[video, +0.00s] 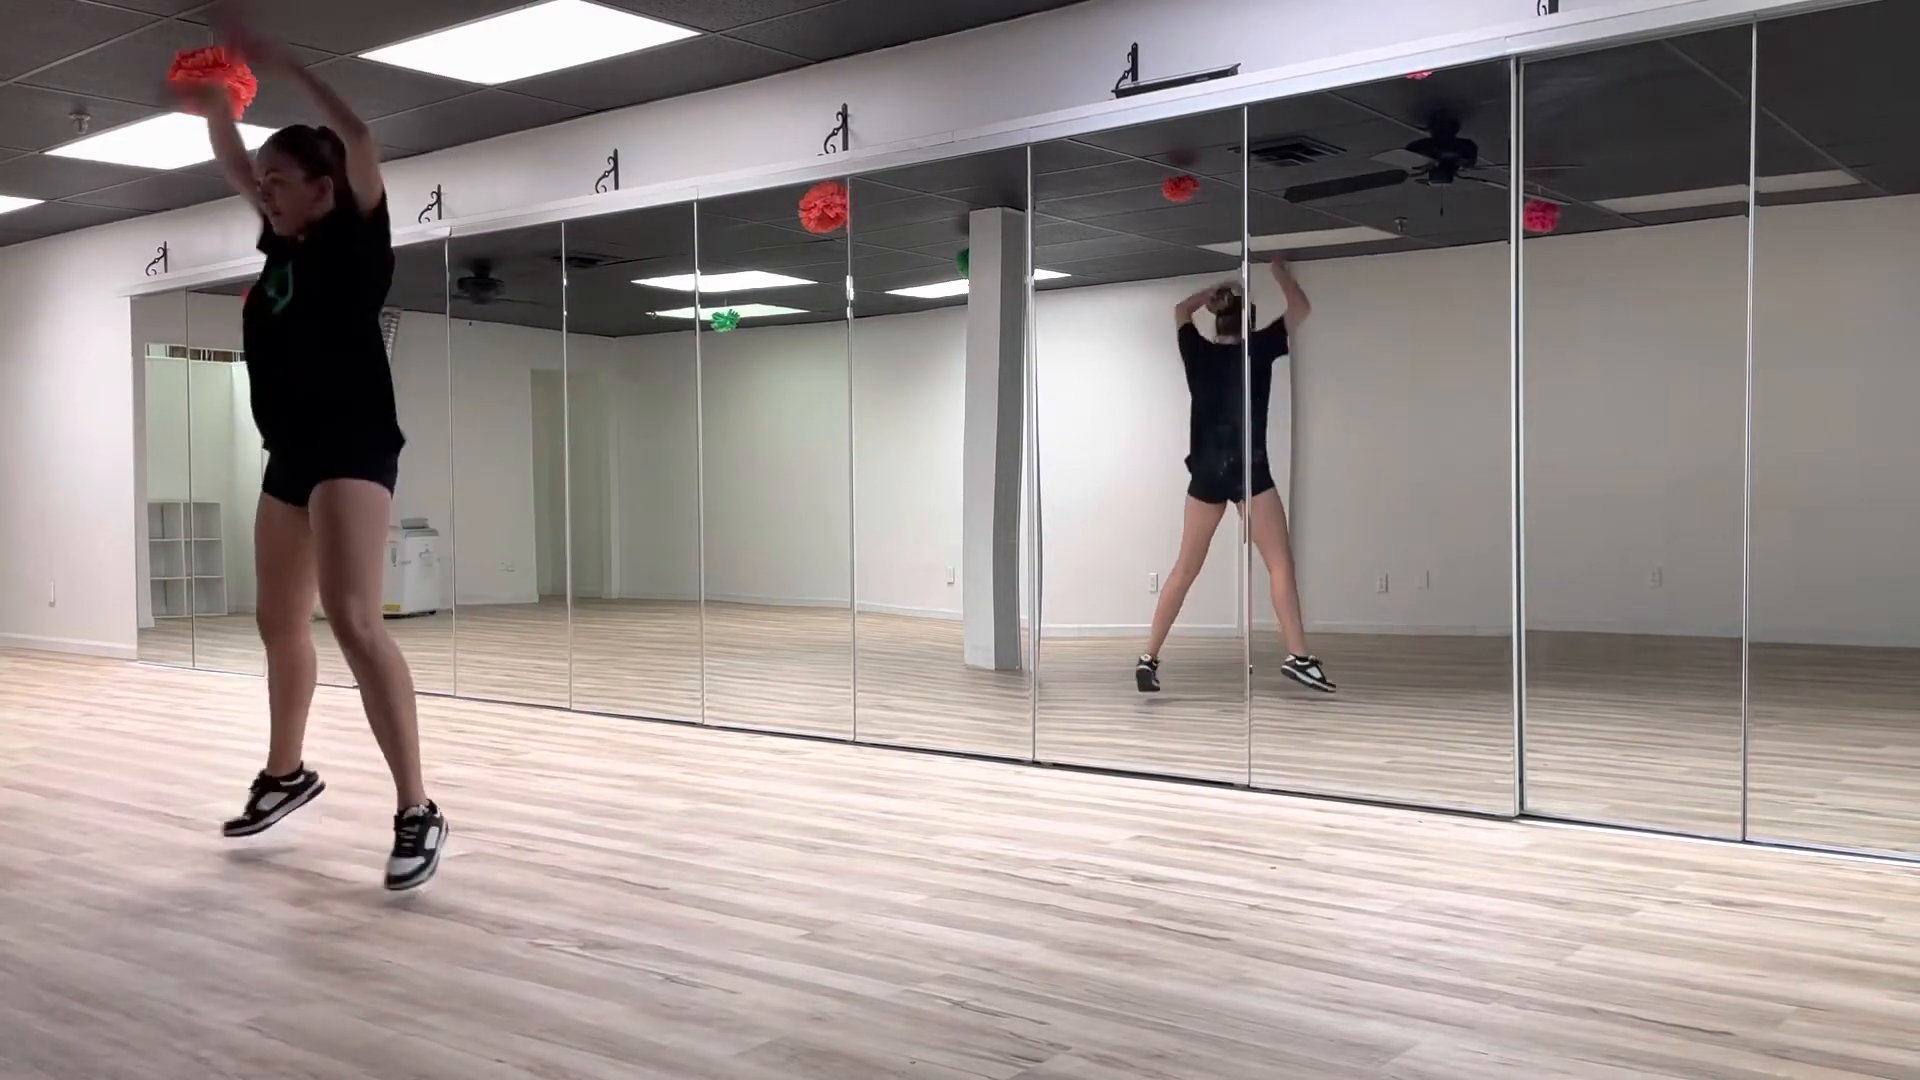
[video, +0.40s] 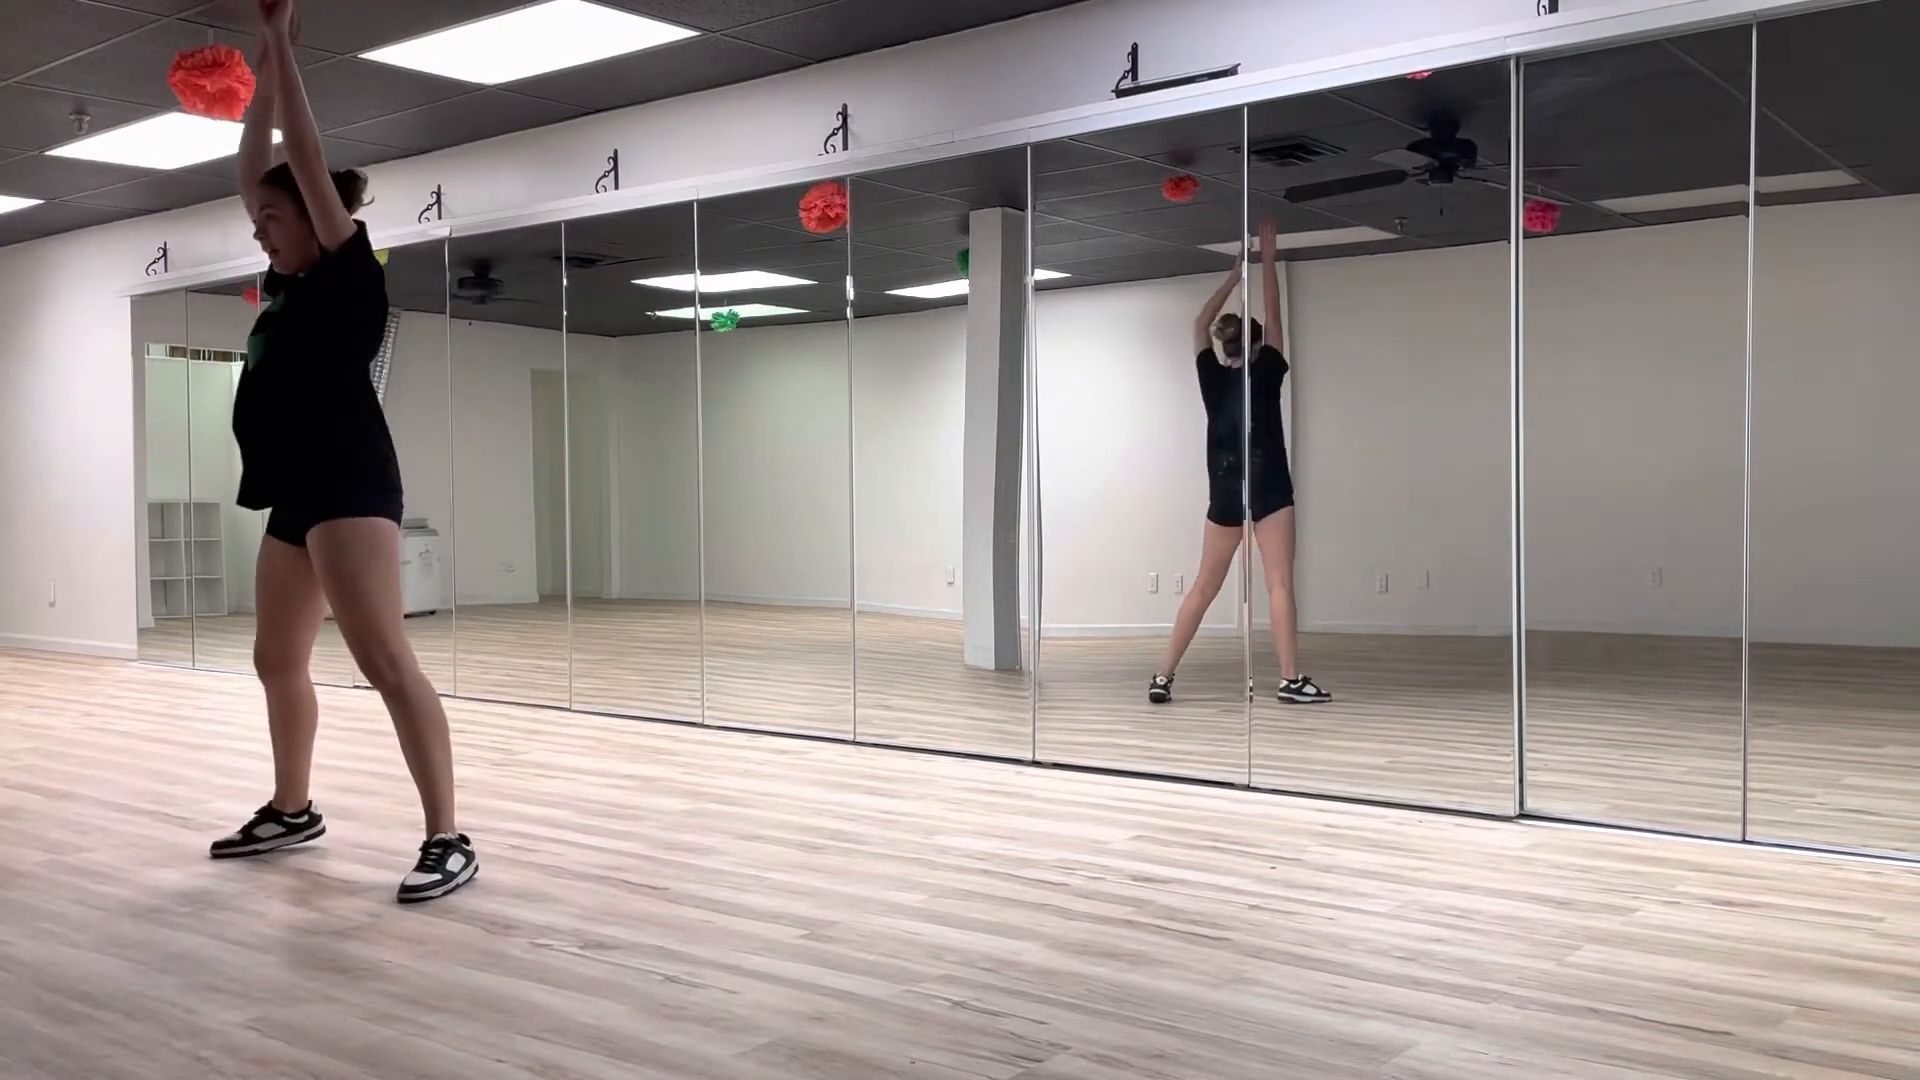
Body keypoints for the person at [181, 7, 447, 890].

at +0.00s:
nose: (266, 195)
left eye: (279, 182)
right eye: (261, 184)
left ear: (323, 182)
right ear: (268, 189)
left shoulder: (358, 234)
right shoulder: (281, 241)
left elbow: (354, 130)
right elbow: (235, 164)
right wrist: (216, 90)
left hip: (355, 448)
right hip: (290, 453)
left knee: (355, 620)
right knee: (280, 619)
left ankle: (415, 810)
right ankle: (286, 771)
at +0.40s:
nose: (269, 231)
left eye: (281, 216)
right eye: (264, 219)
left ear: (324, 214)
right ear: (272, 227)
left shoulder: (352, 278)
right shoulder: (290, 287)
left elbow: (304, 161)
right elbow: (251, 179)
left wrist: (282, 43)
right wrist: (265, 74)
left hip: (351, 490)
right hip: (291, 498)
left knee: (388, 664)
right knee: (280, 662)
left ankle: (446, 839)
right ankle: (291, 811)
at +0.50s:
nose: (252, 229)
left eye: (263, 216)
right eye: (250, 218)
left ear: (303, 211)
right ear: (269, 223)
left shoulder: (344, 271)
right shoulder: (288, 296)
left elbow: (294, 157)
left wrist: (263, 41)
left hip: (352, 488)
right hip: (295, 497)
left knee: (375, 662)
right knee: (262, 656)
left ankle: (445, 837)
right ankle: (283, 801)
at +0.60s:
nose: (269, 201)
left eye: (277, 187)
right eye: (267, 191)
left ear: (310, 190)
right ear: (303, 197)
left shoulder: (330, 254)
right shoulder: (299, 273)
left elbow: (271, 136)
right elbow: (262, 170)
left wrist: (241, 27)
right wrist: (237, 81)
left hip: (349, 481)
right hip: (299, 489)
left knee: (362, 658)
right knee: (251, 637)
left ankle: (442, 836)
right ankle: (260, 785)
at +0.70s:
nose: (254, 189)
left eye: (264, 174)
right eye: (258, 178)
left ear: (292, 190)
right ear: (327, 201)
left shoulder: (298, 244)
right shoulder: (350, 287)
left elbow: (248, 126)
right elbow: (384, 399)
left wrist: (226, 23)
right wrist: (335, 364)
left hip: (335, 476)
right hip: (294, 481)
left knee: (362, 654)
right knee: (258, 634)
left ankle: (441, 832)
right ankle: (257, 789)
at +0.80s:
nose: (249, 198)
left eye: (256, 187)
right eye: (253, 190)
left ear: (273, 202)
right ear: (335, 214)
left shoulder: (268, 247)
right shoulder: (355, 304)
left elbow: (231, 129)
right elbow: (392, 421)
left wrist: (220, 24)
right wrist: (378, 494)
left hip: (309, 483)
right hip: (288, 488)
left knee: (364, 657)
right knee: (281, 646)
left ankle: (442, 832)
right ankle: (275, 804)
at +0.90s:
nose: (263, 209)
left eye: (270, 206)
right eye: (334, 235)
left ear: (272, 222)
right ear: (333, 239)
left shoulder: (257, 260)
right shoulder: (338, 319)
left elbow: (225, 139)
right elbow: (374, 437)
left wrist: (215, 25)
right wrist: (430, 524)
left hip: (304, 493)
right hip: (271, 498)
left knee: (354, 661)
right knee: (291, 656)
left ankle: (440, 834)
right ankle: (283, 811)